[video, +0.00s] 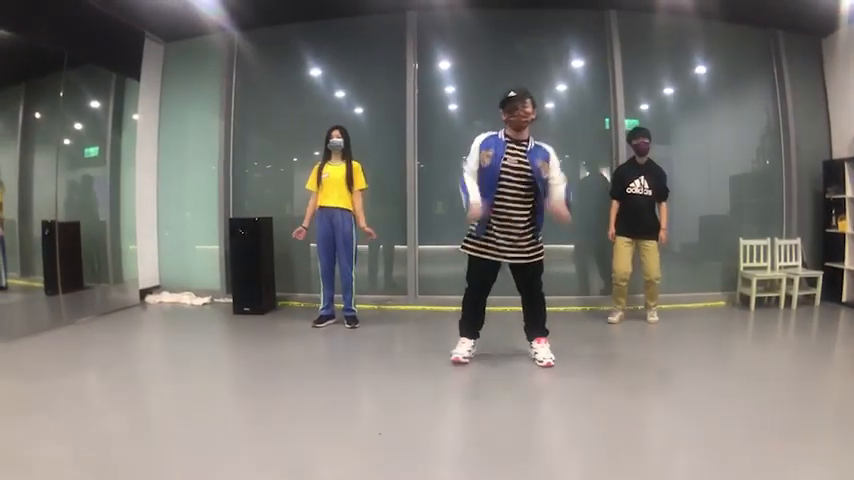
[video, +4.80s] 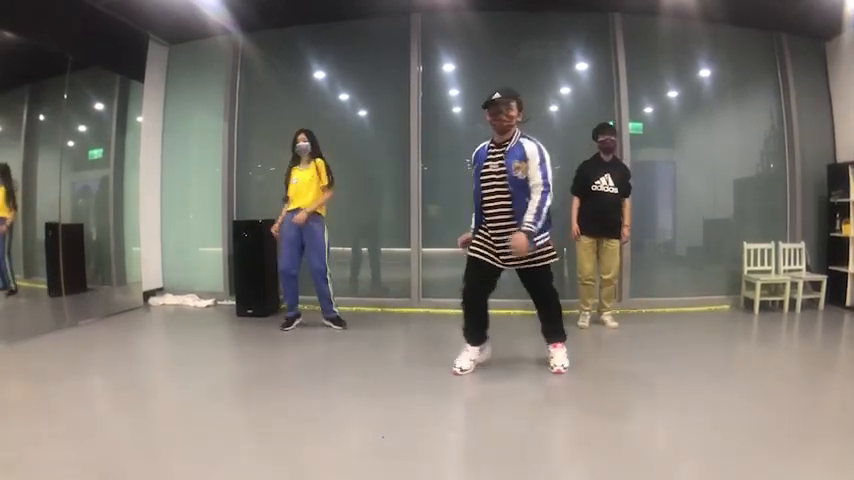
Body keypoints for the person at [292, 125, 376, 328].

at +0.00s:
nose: (336, 140)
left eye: (340, 137)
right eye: (332, 137)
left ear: (346, 141)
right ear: (327, 142)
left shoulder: (353, 166)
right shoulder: (320, 167)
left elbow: (357, 196)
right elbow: (313, 198)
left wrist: (362, 224)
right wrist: (305, 225)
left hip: (344, 214)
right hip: (323, 214)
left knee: (346, 265)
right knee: (325, 265)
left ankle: (349, 312)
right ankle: (326, 311)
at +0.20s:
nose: (334, 140)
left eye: (338, 137)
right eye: (331, 137)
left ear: (344, 141)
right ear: (326, 142)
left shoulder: (350, 167)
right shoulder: (319, 168)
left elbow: (351, 199)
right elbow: (314, 198)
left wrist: (343, 227)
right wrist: (305, 226)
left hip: (340, 215)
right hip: (321, 214)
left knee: (344, 267)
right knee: (320, 265)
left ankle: (349, 312)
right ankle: (324, 311)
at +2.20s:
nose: (341, 149)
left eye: (345, 146)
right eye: (338, 146)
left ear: (351, 153)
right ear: (332, 152)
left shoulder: (355, 177)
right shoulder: (321, 173)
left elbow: (368, 204)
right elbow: (300, 194)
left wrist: (347, 216)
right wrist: (311, 216)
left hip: (346, 226)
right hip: (326, 226)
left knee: (355, 271)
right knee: (332, 272)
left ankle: (350, 312)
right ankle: (299, 311)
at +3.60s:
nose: (343, 152)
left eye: (347, 149)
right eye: (340, 149)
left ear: (353, 155)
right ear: (334, 154)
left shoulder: (356, 179)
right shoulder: (324, 174)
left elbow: (363, 207)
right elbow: (306, 198)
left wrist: (346, 212)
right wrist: (324, 217)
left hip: (344, 228)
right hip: (321, 226)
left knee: (349, 274)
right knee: (312, 273)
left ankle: (351, 314)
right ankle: (303, 312)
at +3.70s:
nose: (336, 149)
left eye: (340, 146)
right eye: (333, 146)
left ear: (347, 151)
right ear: (328, 150)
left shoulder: (350, 178)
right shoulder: (316, 171)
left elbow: (357, 206)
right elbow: (304, 194)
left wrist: (348, 221)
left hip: (335, 223)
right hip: (314, 222)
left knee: (342, 274)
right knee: (299, 269)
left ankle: (352, 314)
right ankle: (298, 313)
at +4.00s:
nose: (308, 142)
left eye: (313, 139)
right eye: (305, 139)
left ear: (319, 146)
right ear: (300, 146)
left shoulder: (324, 169)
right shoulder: (292, 170)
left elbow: (333, 197)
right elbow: (282, 195)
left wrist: (325, 222)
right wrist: (272, 213)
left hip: (316, 217)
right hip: (296, 217)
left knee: (325, 269)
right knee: (295, 269)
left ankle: (340, 313)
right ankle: (296, 315)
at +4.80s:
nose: (301, 144)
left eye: (305, 141)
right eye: (298, 142)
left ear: (312, 144)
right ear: (294, 146)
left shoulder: (319, 163)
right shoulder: (293, 169)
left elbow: (329, 191)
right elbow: (289, 200)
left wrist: (307, 211)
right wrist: (279, 221)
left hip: (313, 215)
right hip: (291, 216)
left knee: (318, 266)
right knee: (286, 267)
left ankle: (330, 313)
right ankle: (292, 313)